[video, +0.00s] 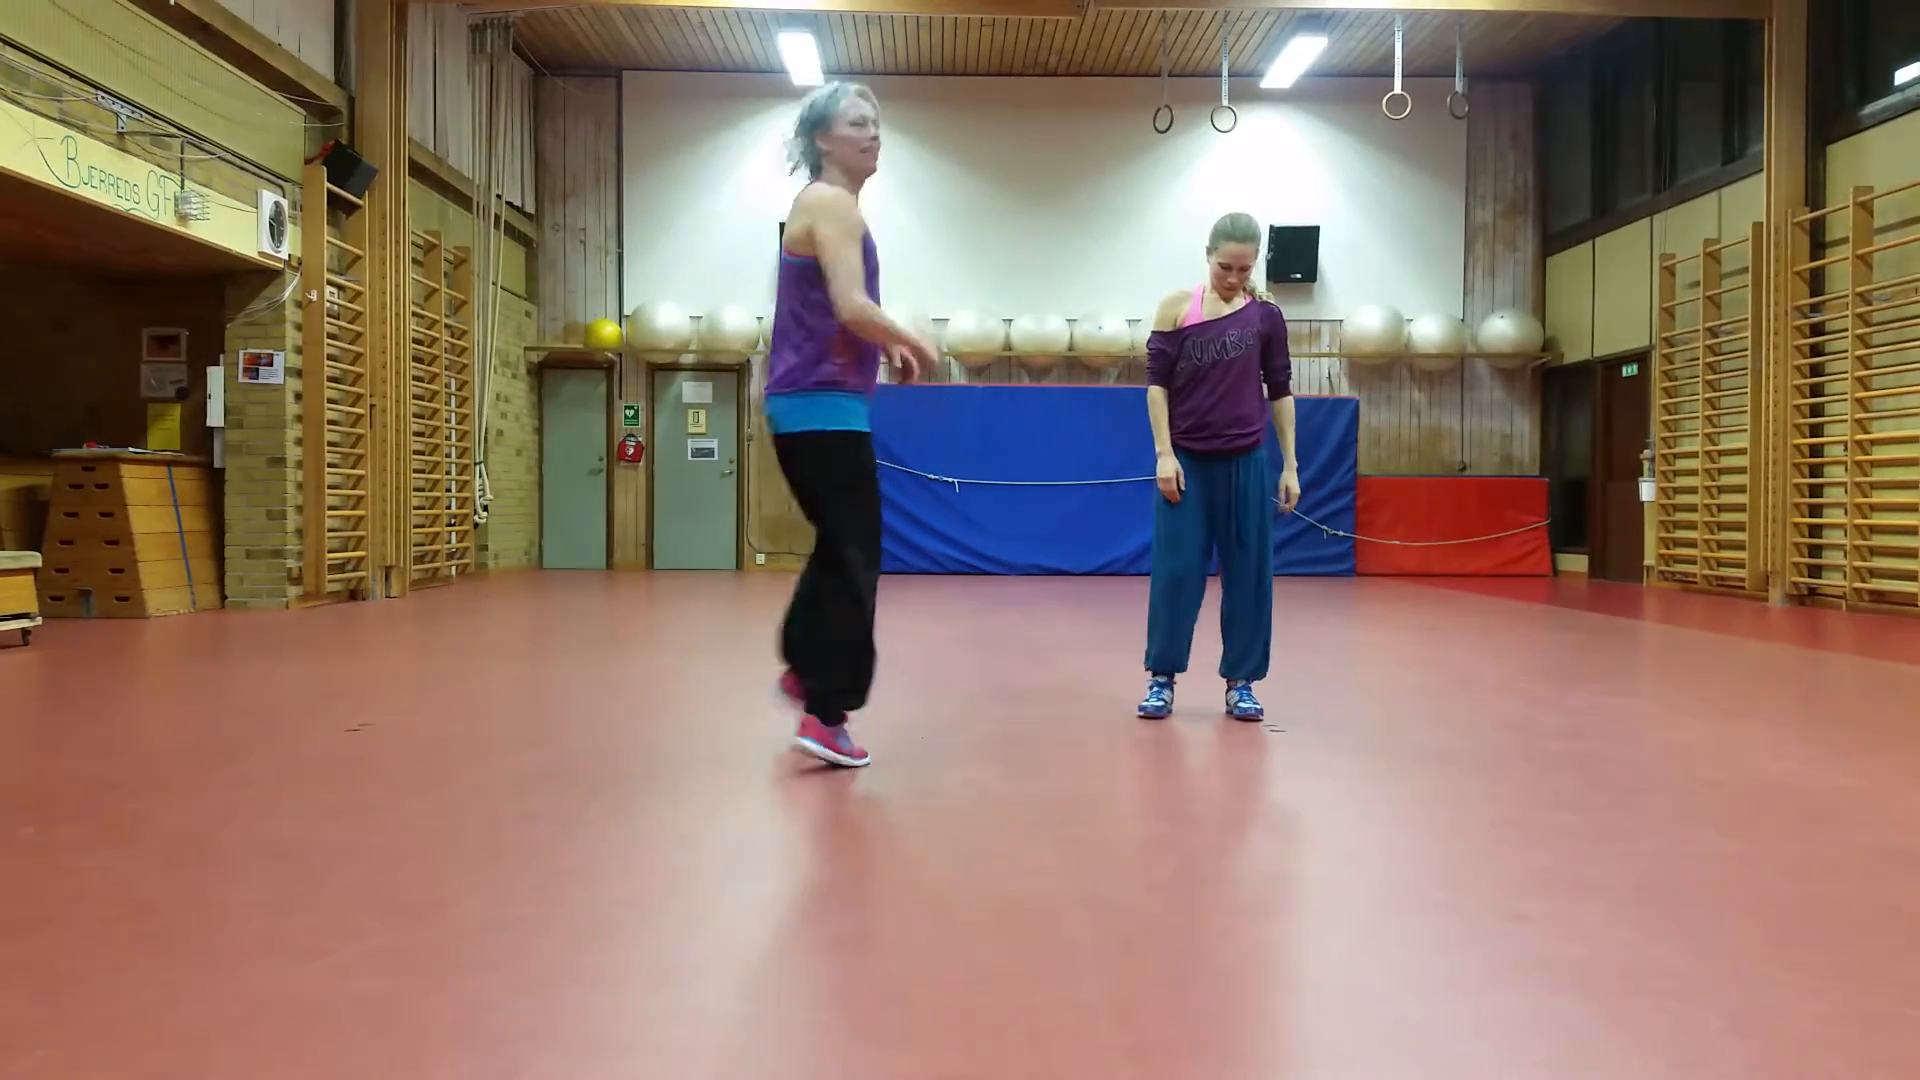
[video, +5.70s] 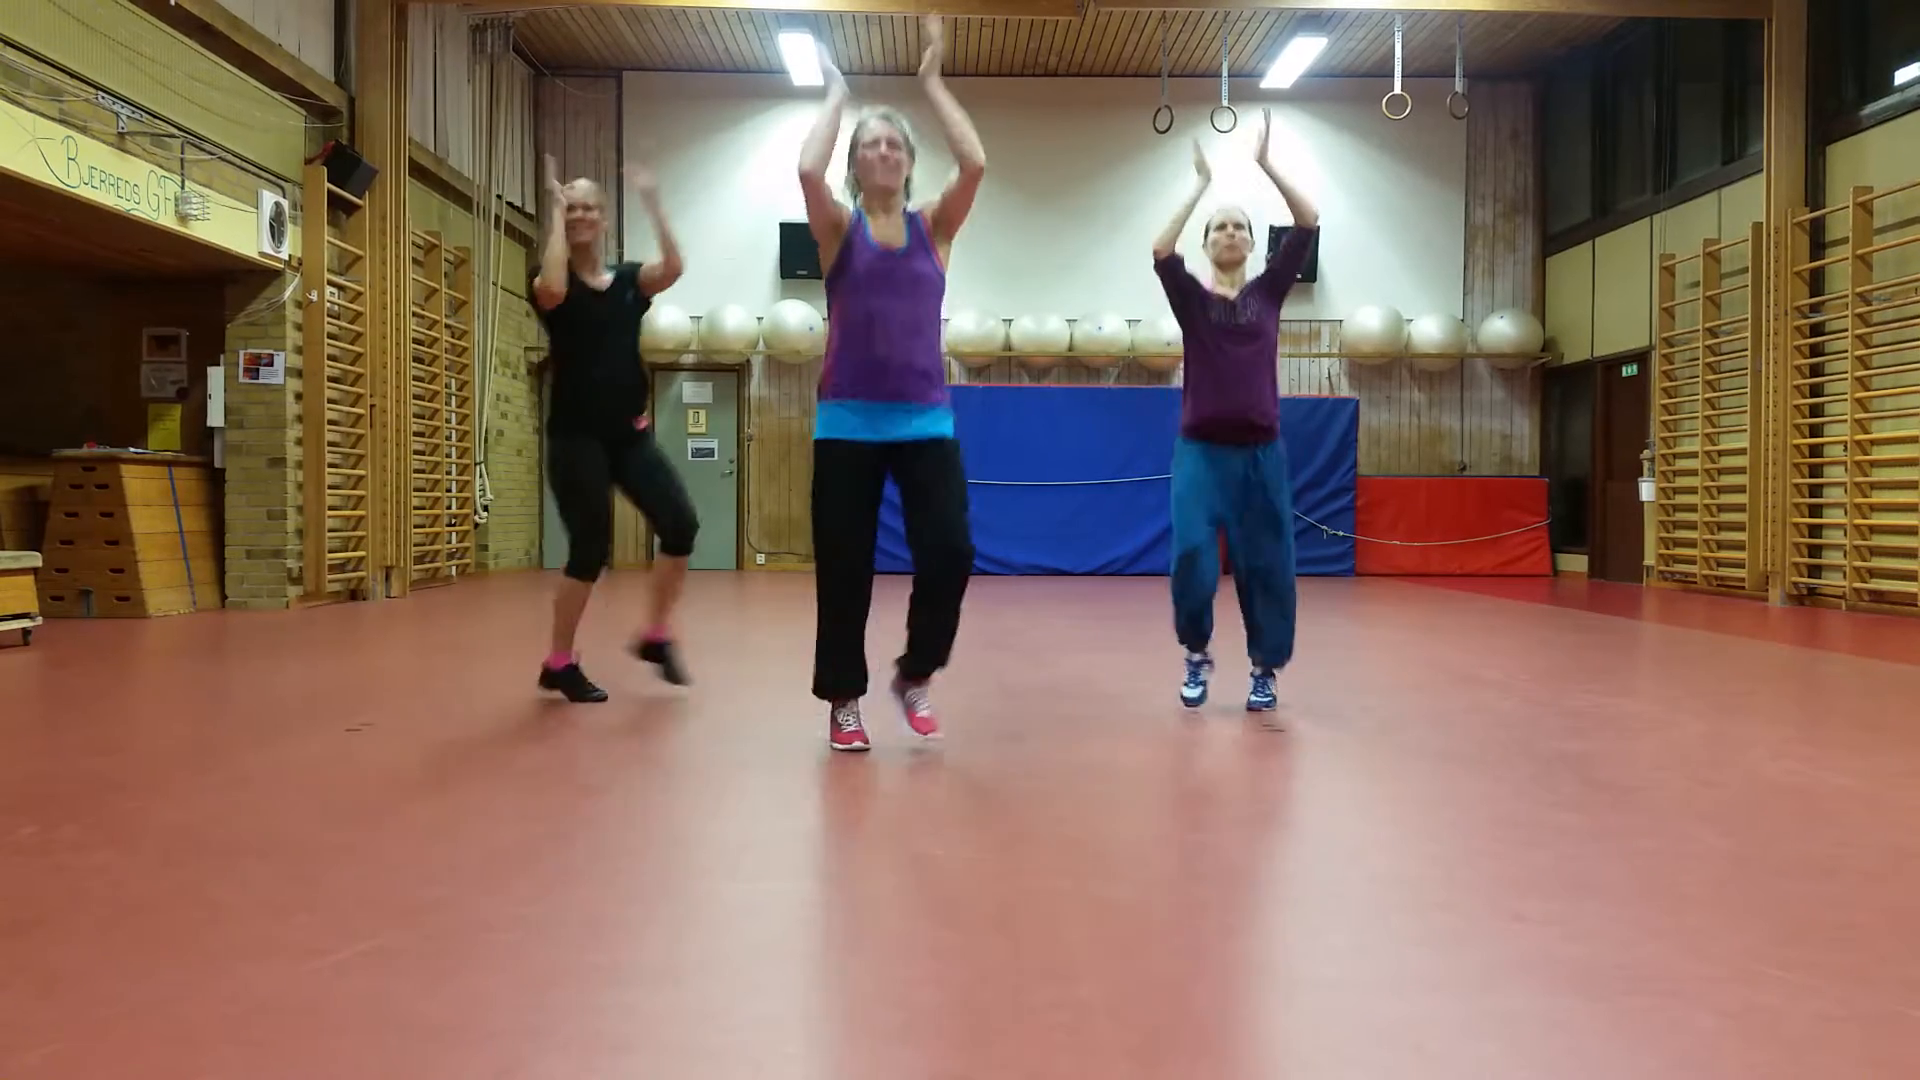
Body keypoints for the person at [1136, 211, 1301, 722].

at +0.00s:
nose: (1235, 278)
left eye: (1245, 269)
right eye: (1227, 267)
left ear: (1257, 262)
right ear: (1208, 256)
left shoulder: (1266, 315)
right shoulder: (1176, 308)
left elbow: (1281, 391)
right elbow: (1157, 384)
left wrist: (1290, 465)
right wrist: (1164, 455)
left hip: (1250, 461)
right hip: (1186, 461)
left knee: (1249, 572)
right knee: (1175, 571)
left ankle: (1240, 683)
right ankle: (1161, 679)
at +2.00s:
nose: (1204, 251)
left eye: (1214, 243)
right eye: (1196, 242)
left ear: (1227, 252)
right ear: (1181, 251)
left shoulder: (1246, 314)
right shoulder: (1158, 312)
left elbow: (1262, 386)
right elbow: (1137, 386)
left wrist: (1259, 449)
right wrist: (1164, 441)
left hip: (1234, 461)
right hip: (1176, 461)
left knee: (1232, 569)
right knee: (1179, 567)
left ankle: (1221, 680)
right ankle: (1181, 678)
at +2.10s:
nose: (1203, 252)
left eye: (1212, 244)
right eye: (1194, 243)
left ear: (1225, 254)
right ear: (1178, 252)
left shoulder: (1244, 314)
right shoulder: (1156, 312)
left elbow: (1258, 383)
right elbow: (1133, 385)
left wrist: (1249, 411)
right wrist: (1180, 400)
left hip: (1231, 460)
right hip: (1172, 460)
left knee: (1232, 568)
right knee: (1176, 567)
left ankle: (1222, 678)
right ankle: (1181, 677)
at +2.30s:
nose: (1206, 251)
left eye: (1215, 244)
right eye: (1197, 243)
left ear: (1226, 252)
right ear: (1181, 250)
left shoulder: (1242, 307)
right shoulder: (1160, 306)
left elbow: (1257, 371)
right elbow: (1157, 368)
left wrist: (1237, 322)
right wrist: (1202, 324)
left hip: (1232, 453)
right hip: (1174, 453)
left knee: (1232, 566)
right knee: (1173, 565)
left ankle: (1223, 676)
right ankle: (1180, 677)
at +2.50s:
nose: (1215, 256)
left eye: (1223, 249)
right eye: (1206, 248)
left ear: (1230, 257)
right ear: (1187, 255)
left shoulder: (1245, 304)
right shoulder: (1170, 309)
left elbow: (1289, 306)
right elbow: (1148, 319)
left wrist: (1254, 250)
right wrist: (1185, 274)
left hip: (1237, 453)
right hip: (1179, 452)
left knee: (1237, 565)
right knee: (1186, 561)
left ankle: (1226, 677)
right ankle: (1183, 669)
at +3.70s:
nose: (1208, 246)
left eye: (1216, 239)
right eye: (1199, 238)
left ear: (1226, 249)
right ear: (1181, 247)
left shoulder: (1238, 303)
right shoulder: (1166, 308)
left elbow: (1281, 241)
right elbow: (1154, 268)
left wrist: (1236, 180)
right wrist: (1184, 203)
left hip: (1237, 460)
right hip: (1180, 459)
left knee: (1256, 560)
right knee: (1172, 569)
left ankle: (1223, 665)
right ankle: (1170, 674)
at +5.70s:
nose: (1233, 234)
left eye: (1240, 229)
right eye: (1222, 229)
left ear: (1252, 243)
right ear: (1206, 242)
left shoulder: (1265, 295)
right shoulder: (1192, 300)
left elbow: (1307, 224)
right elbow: (1161, 249)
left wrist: (1266, 165)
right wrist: (1199, 184)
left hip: (1260, 449)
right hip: (1201, 448)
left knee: (1268, 560)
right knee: (1192, 552)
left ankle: (1264, 669)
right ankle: (1196, 658)